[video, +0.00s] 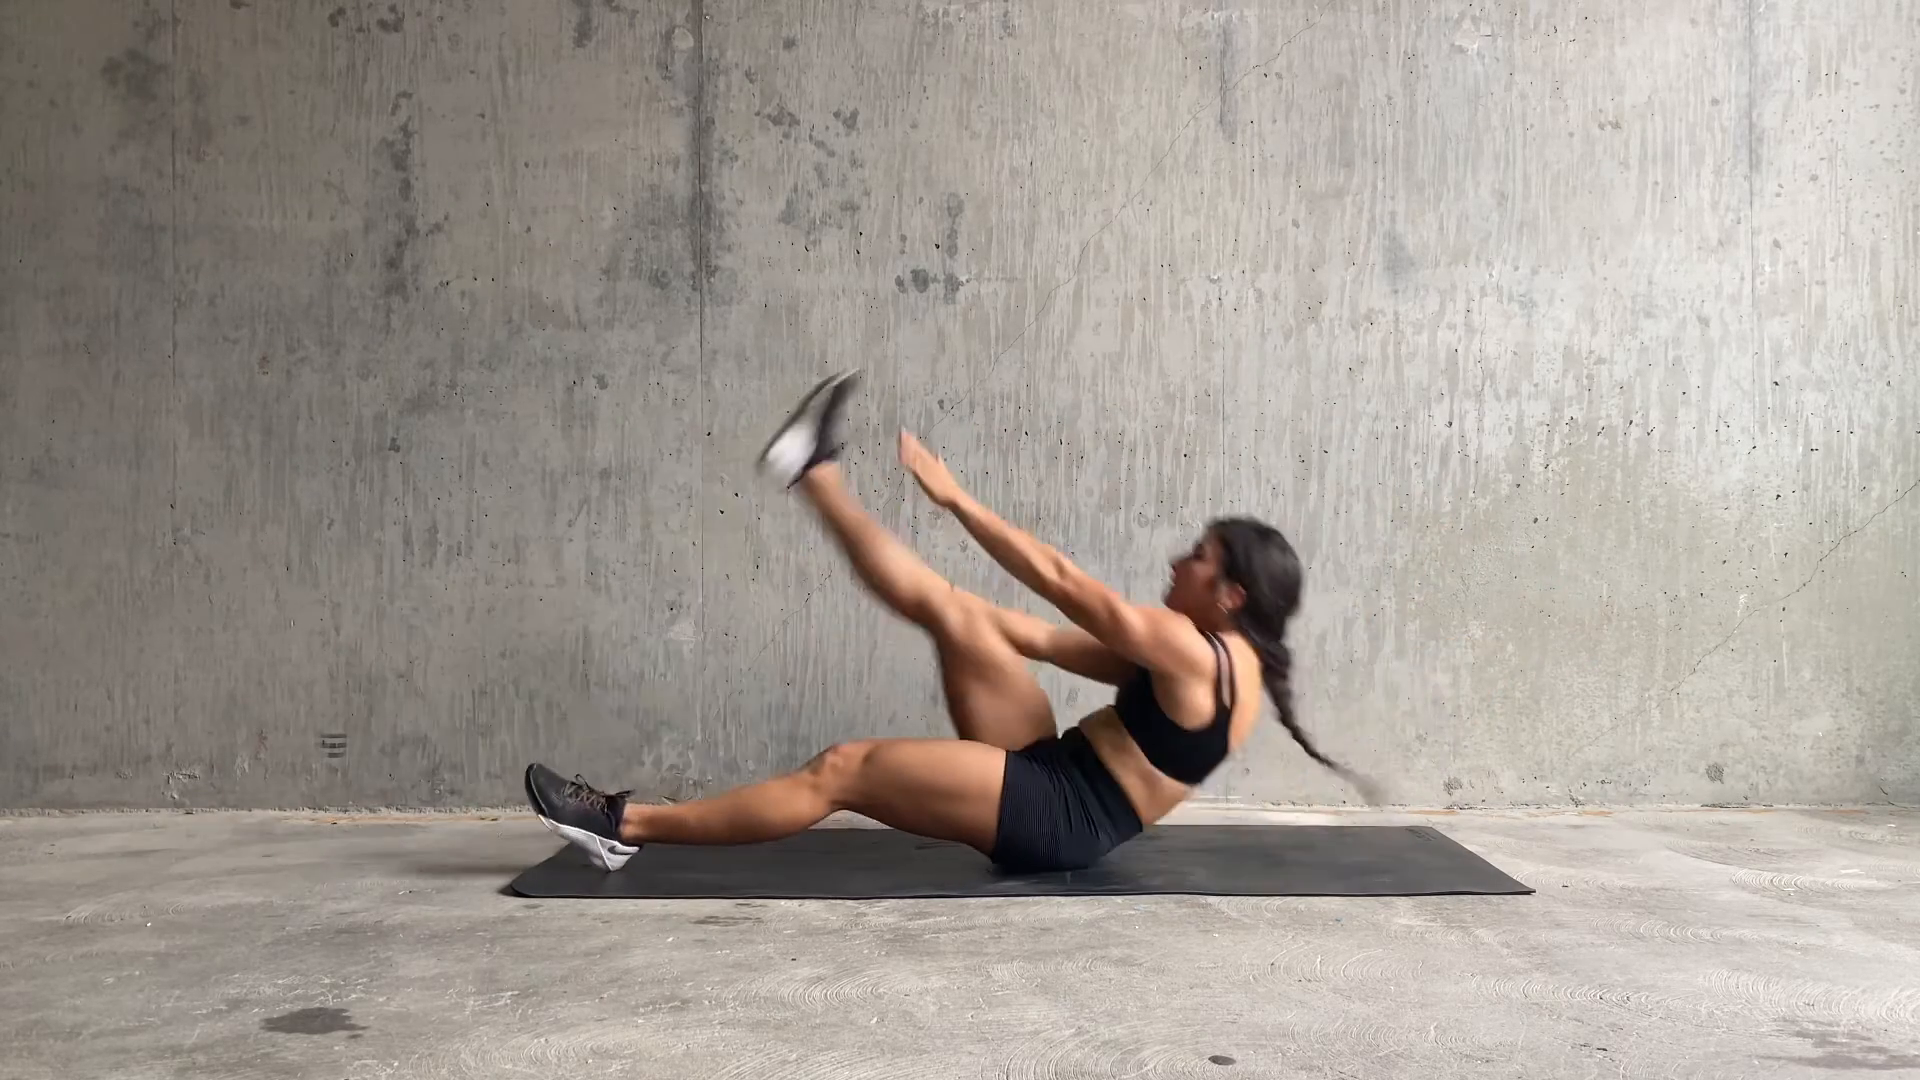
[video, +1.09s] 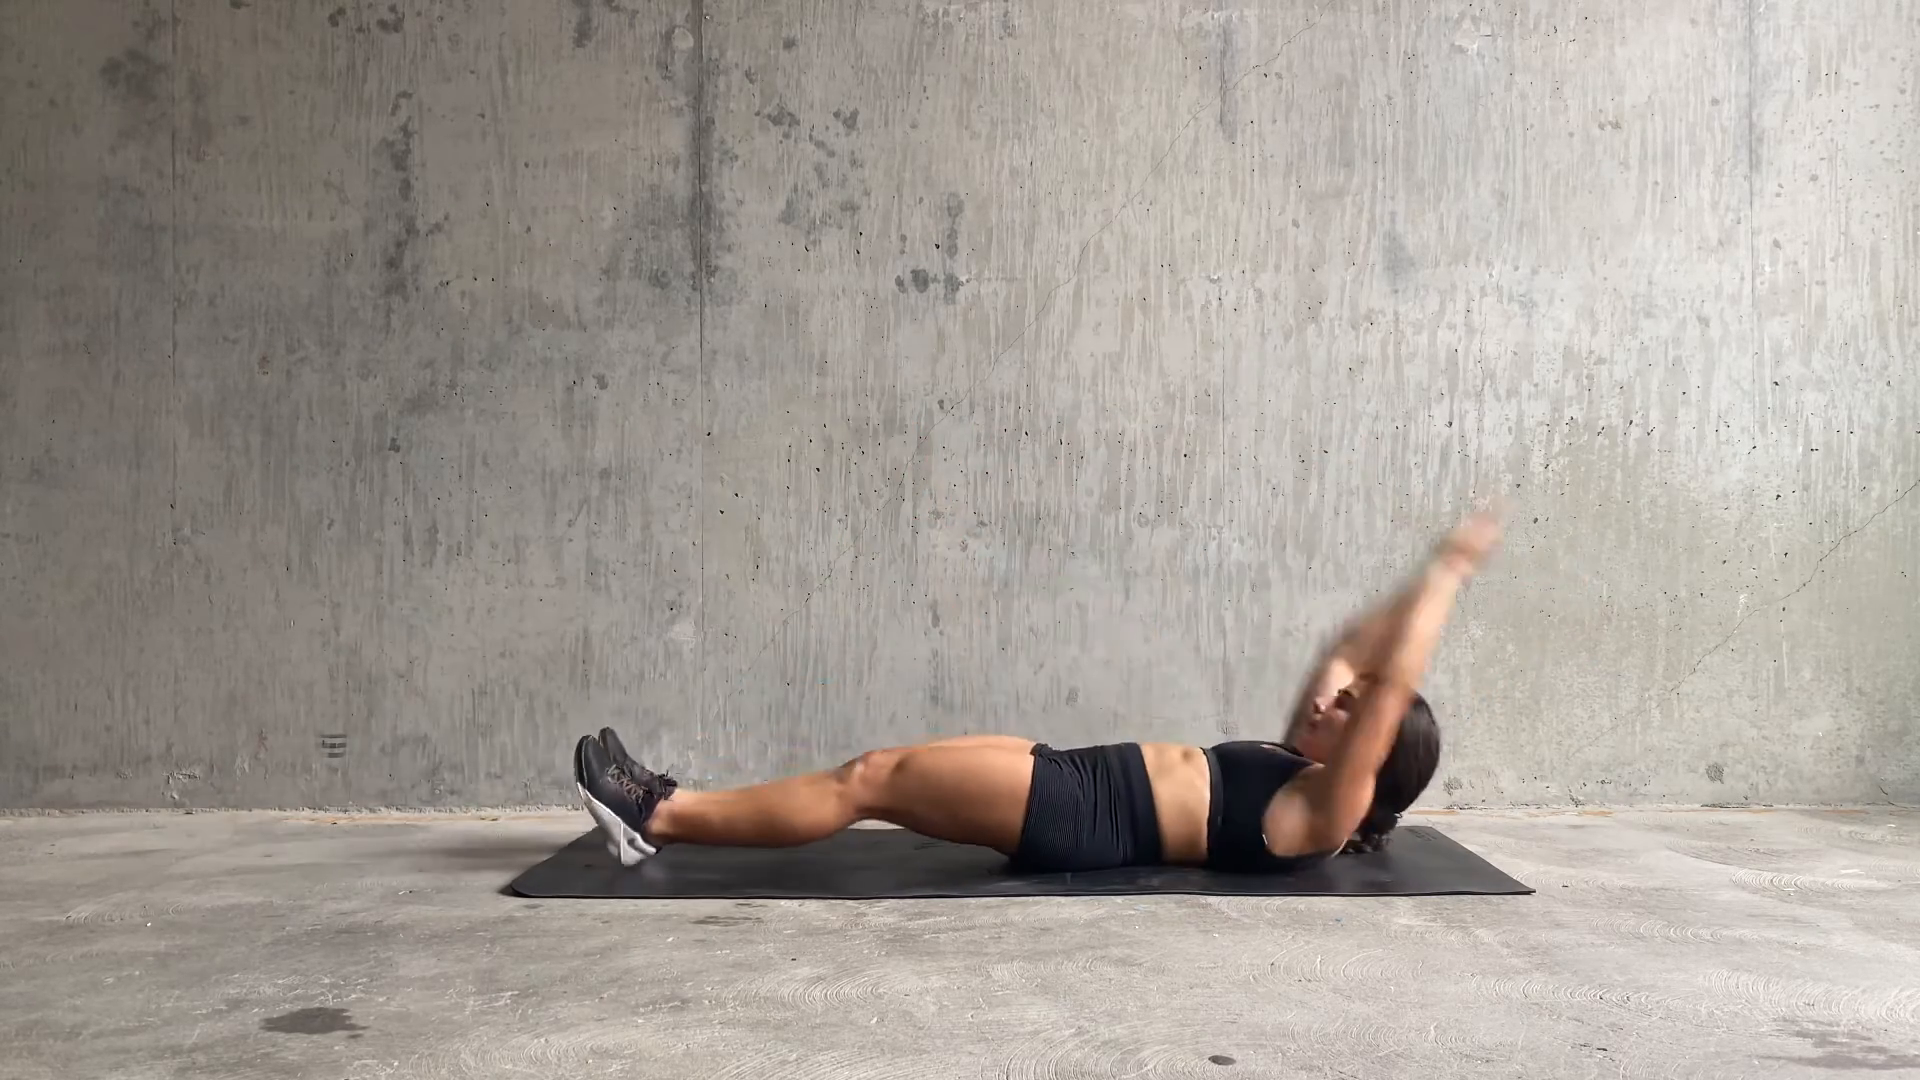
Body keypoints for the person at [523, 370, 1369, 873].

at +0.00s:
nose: (1175, 567)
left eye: (1193, 562)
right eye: (1190, 556)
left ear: (1229, 594)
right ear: (1237, 598)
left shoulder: (1189, 654)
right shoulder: (1226, 660)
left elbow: (1053, 581)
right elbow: (1073, 645)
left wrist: (956, 498)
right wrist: (995, 619)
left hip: (1059, 812)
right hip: (1058, 768)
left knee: (843, 772)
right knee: (952, 613)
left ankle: (627, 823)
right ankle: (814, 473)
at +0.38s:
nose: (1214, 582)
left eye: (1231, 577)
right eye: (1225, 569)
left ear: (1268, 613)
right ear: (1266, 614)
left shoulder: (1231, 676)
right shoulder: (1217, 667)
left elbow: (1109, 606)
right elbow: (1085, 629)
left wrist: (1006, 504)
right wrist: (986, 552)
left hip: (1067, 811)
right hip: (1063, 768)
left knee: (850, 789)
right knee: (919, 636)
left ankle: (634, 825)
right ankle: (755, 539)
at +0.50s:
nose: (1243, 620)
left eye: (1263, 619)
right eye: (1255, 610)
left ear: (1298, 654)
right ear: (1290, 647)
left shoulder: (1258, 706)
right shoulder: (1242, 697)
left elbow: (1151, 615)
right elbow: (1119, 627)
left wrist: (1067, 504)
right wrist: (1041, 529)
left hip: (1068, 812)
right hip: (1066, 773)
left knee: (852, 790)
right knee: (893, 674)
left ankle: (635, 827)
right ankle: (701, 610)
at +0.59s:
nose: (1267, 650)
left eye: (1288, 650)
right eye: (1279, 637)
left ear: (1320, 691)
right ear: (1310, 685)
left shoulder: (1282, 743)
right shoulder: (1263, 726)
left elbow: (1203, 624)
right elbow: (1179, 628)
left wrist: (1159, 505)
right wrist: (1146, 508)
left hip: (1073, 814)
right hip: (1066, 768)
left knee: (857, 791)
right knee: (876, 709)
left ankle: (635, 827)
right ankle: (679, 679)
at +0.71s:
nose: (1314, 683)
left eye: (1331, 686)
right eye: (1323, 682)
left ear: (1347, 731)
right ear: (1322, 715)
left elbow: (1315, 652)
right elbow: (1258, 634)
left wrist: (1332, 527)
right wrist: (1294, 525)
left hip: (1072, 812)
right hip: (1067, 774)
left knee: (862, 786)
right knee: (871, 737)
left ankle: (640, 824)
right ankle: (668, 750)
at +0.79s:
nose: (1326, 695)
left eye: (1349, 699)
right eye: (1334, 685)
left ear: (1367, 739)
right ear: (1334, 710)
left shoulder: (1319, 809)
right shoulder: (1293, 769)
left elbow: (1377, 680)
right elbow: (1322, 657)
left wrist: (1434, 567)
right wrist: (1389, 564)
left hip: (1082, 814)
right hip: (1072, 771)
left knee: (867, 787)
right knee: (868, 748)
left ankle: (650, 829)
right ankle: (669, 775)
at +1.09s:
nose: (1328, 697)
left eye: (1350, 697)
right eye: (1335, 684)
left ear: (1371, 735)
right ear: (1337, 709)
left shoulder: (1326, 813)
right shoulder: (1306, 779)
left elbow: (1391, 682)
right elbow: (1345, 666)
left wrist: (1453, 570)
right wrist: (1417, 584)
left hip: (1089, 808)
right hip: (1090, 781)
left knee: (876, 781)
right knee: (882, 771)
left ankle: (663, 817)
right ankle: (678, 807)